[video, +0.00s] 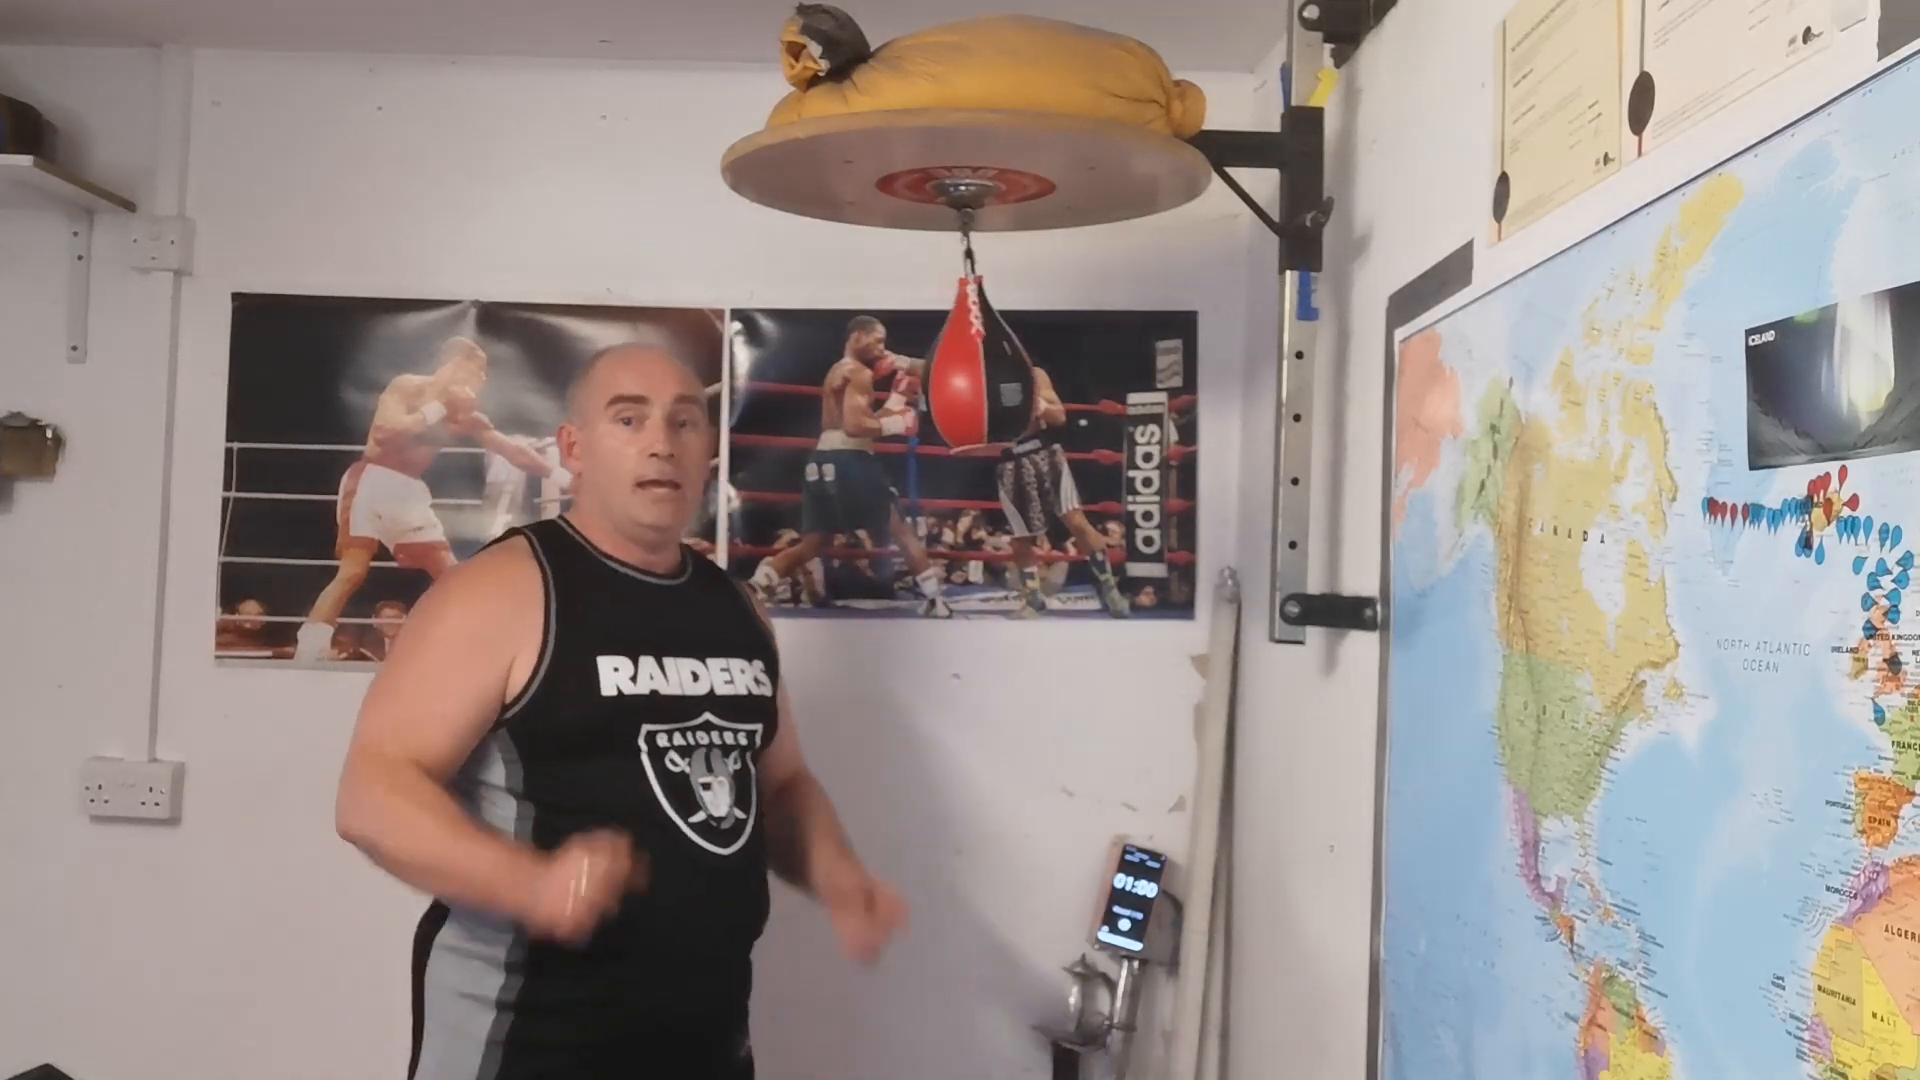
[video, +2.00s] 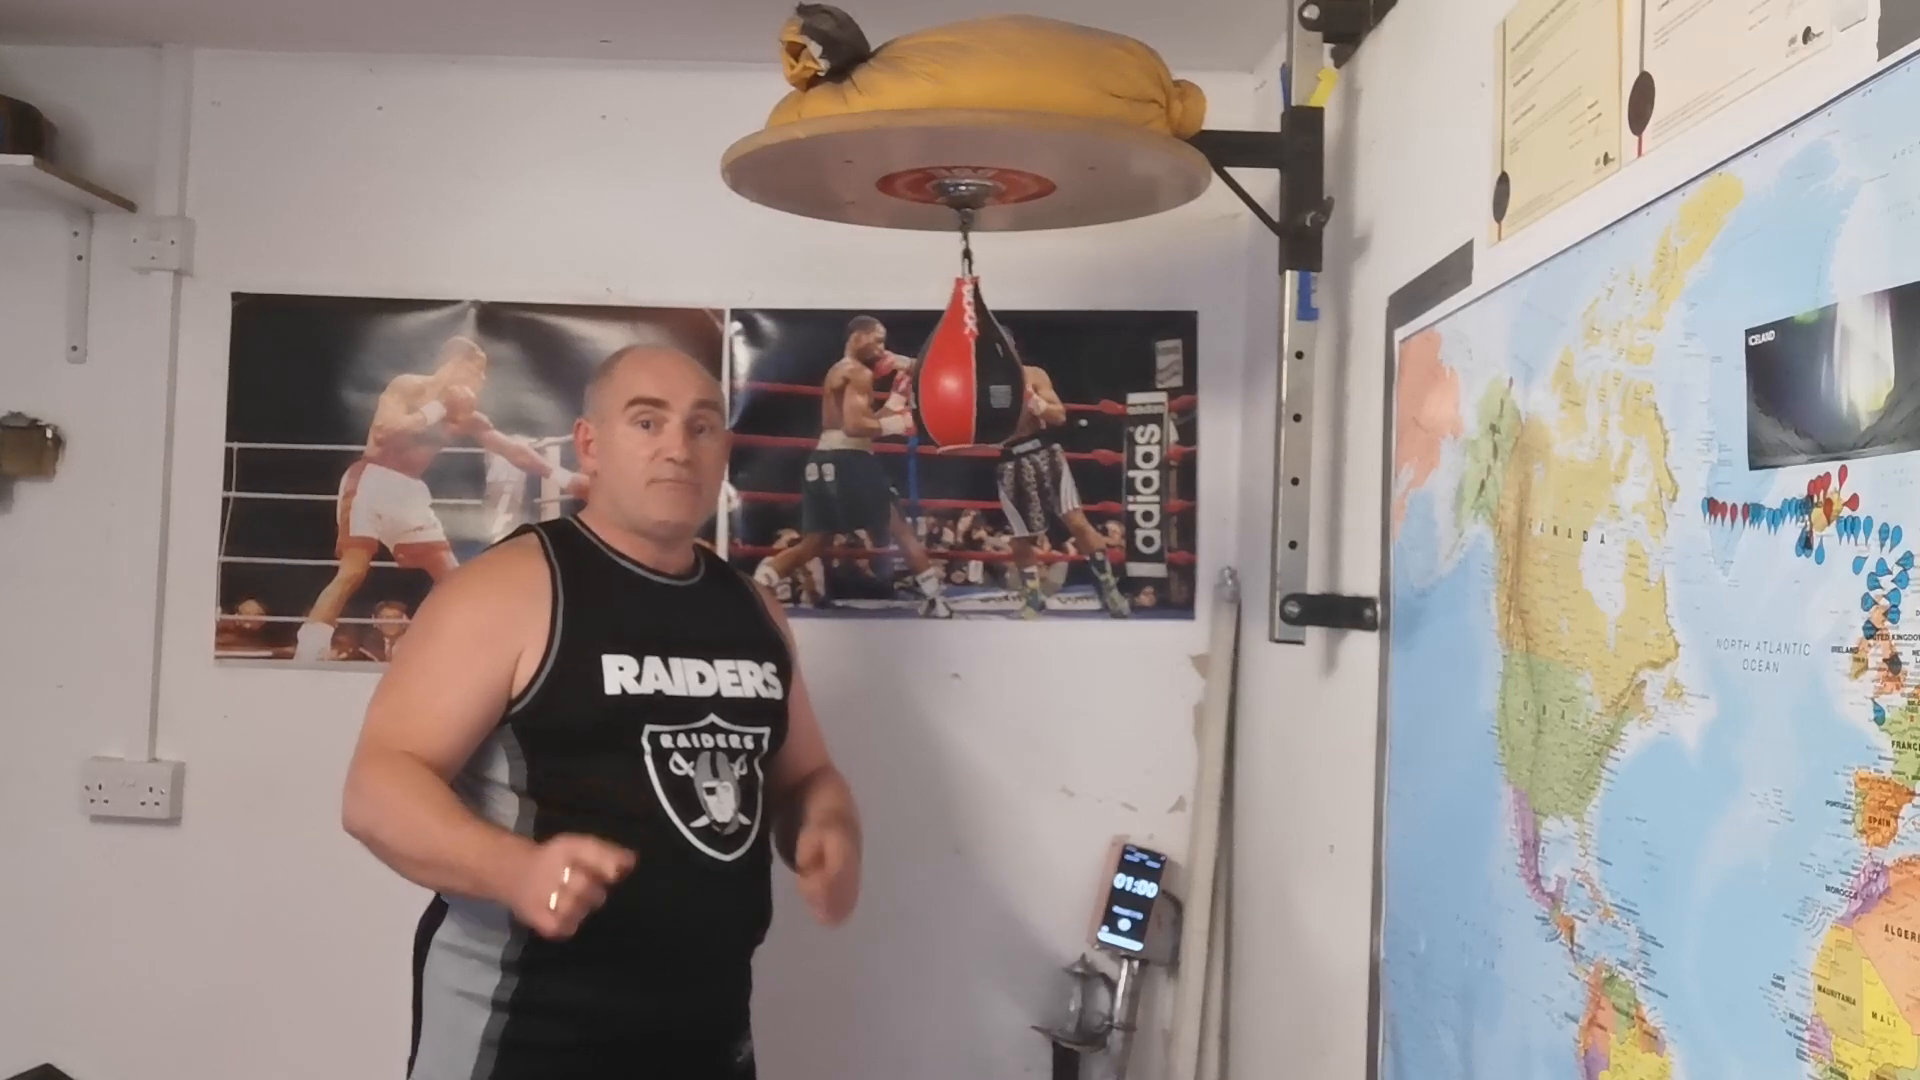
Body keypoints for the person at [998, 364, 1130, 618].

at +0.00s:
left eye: (1007, 353)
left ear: (1016, 354)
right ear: (989, 363)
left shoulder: (1035, 376)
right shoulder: (982, 386)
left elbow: (1059, 416)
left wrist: (1042, 407)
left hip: (1047, 454)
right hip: (1011, 463)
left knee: (1076, 522)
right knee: (1021, 536)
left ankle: (1109, 589)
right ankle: (1032, 599)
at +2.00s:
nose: (1002, 358)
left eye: (1005, 350)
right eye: (995, 353)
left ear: (1014, 349)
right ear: (987, 359)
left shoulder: (1033, 375)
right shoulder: (983, 387)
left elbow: (1059, 416)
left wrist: (1040, 407)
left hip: (1046, 456)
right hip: (1011, 465)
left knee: (1077, 524)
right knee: (1021, 537)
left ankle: (1109, 590)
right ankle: (1032, 599)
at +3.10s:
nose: (997, 357)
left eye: (1000, 349)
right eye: (992, 351)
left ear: (1010, 348)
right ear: (984, 354)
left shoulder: (1034, 375)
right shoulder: (982, 384)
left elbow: (1059, 416)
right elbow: (976, 430)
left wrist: (1036, 403)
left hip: (1046, 456)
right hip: (1011, 464)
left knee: (1076, 522)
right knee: (1022, 537)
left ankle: (1109, 588)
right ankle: (1033, 598)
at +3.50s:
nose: (999, 357)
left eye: (1003, 350)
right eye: (994, 351)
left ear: (1012, 349)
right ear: (986, 354)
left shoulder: (1034, 375)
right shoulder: (983, 383)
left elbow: (1059, 416)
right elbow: (976, 426)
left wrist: (1038, 405)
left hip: (1046, 456)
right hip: (1011, 464)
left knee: (1075, 522)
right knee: (1022, 538)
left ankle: (1108, 587)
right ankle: (1032, 598)